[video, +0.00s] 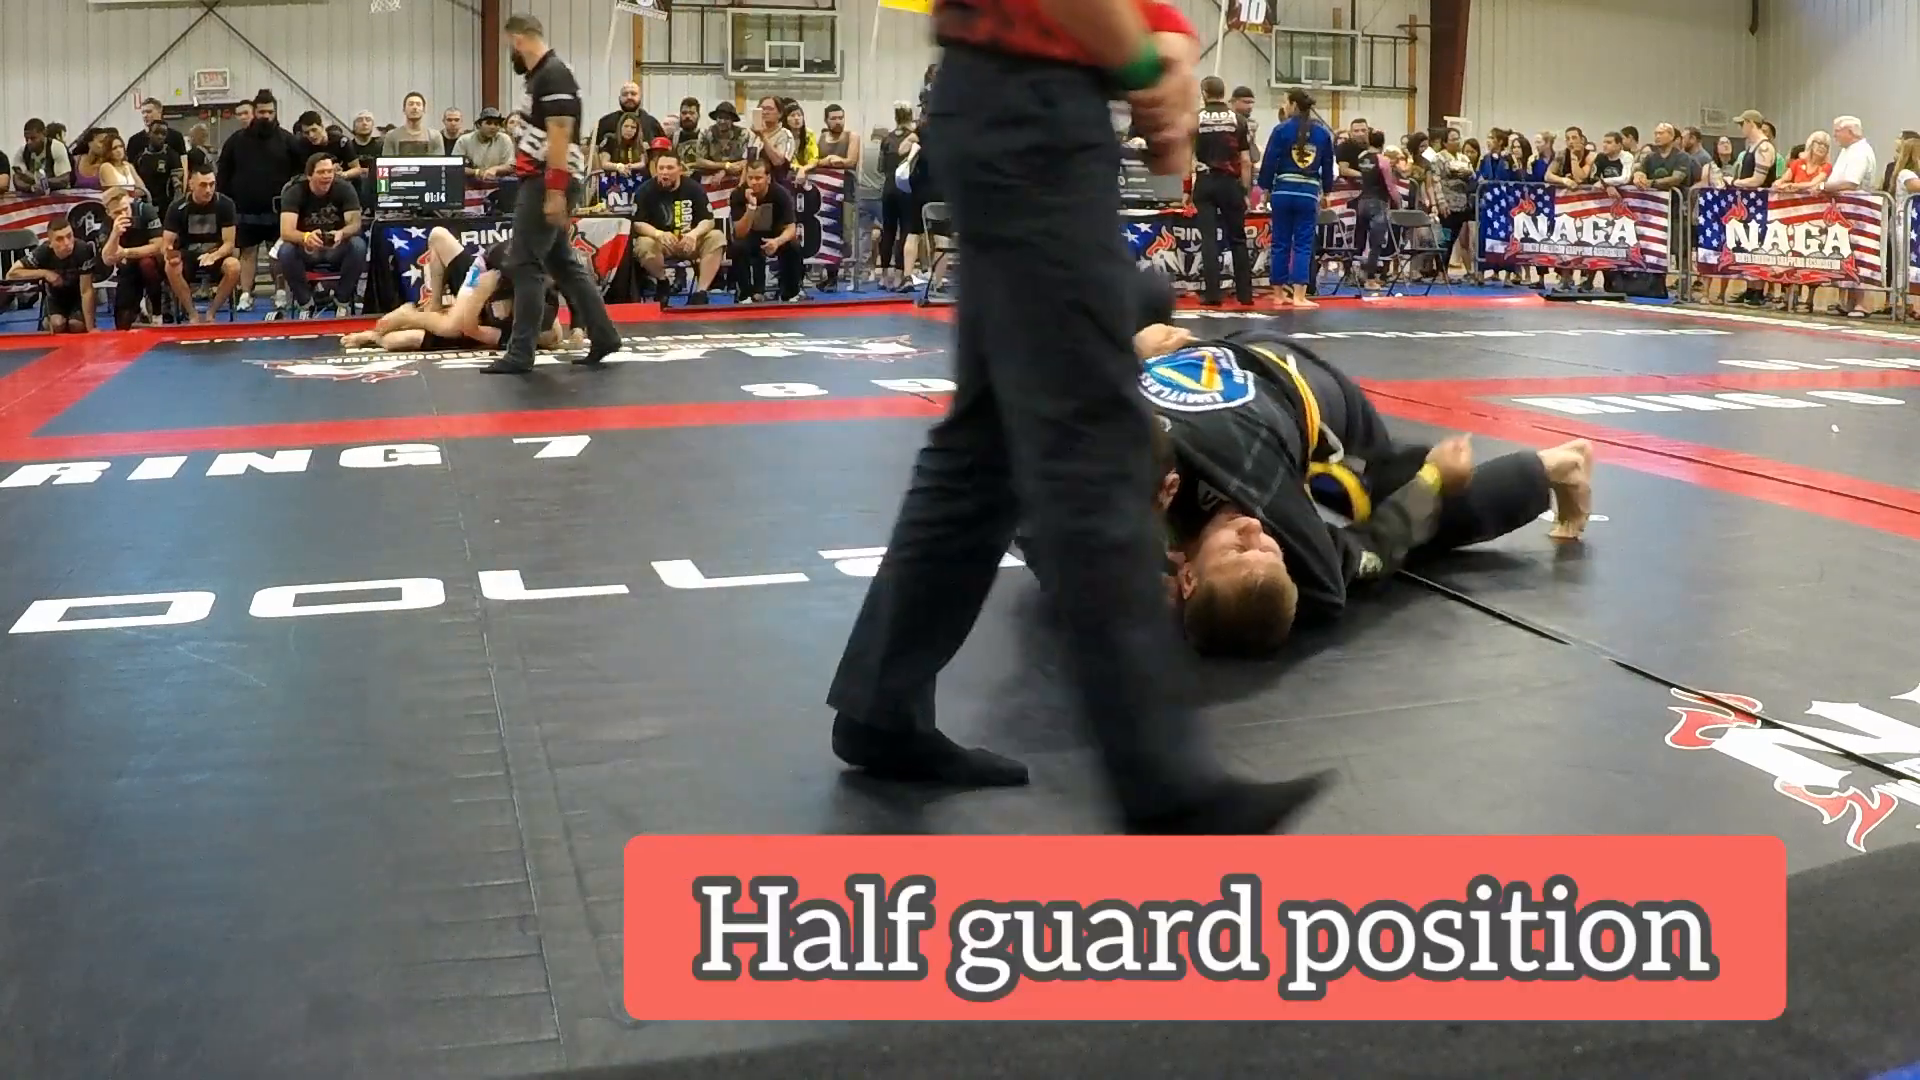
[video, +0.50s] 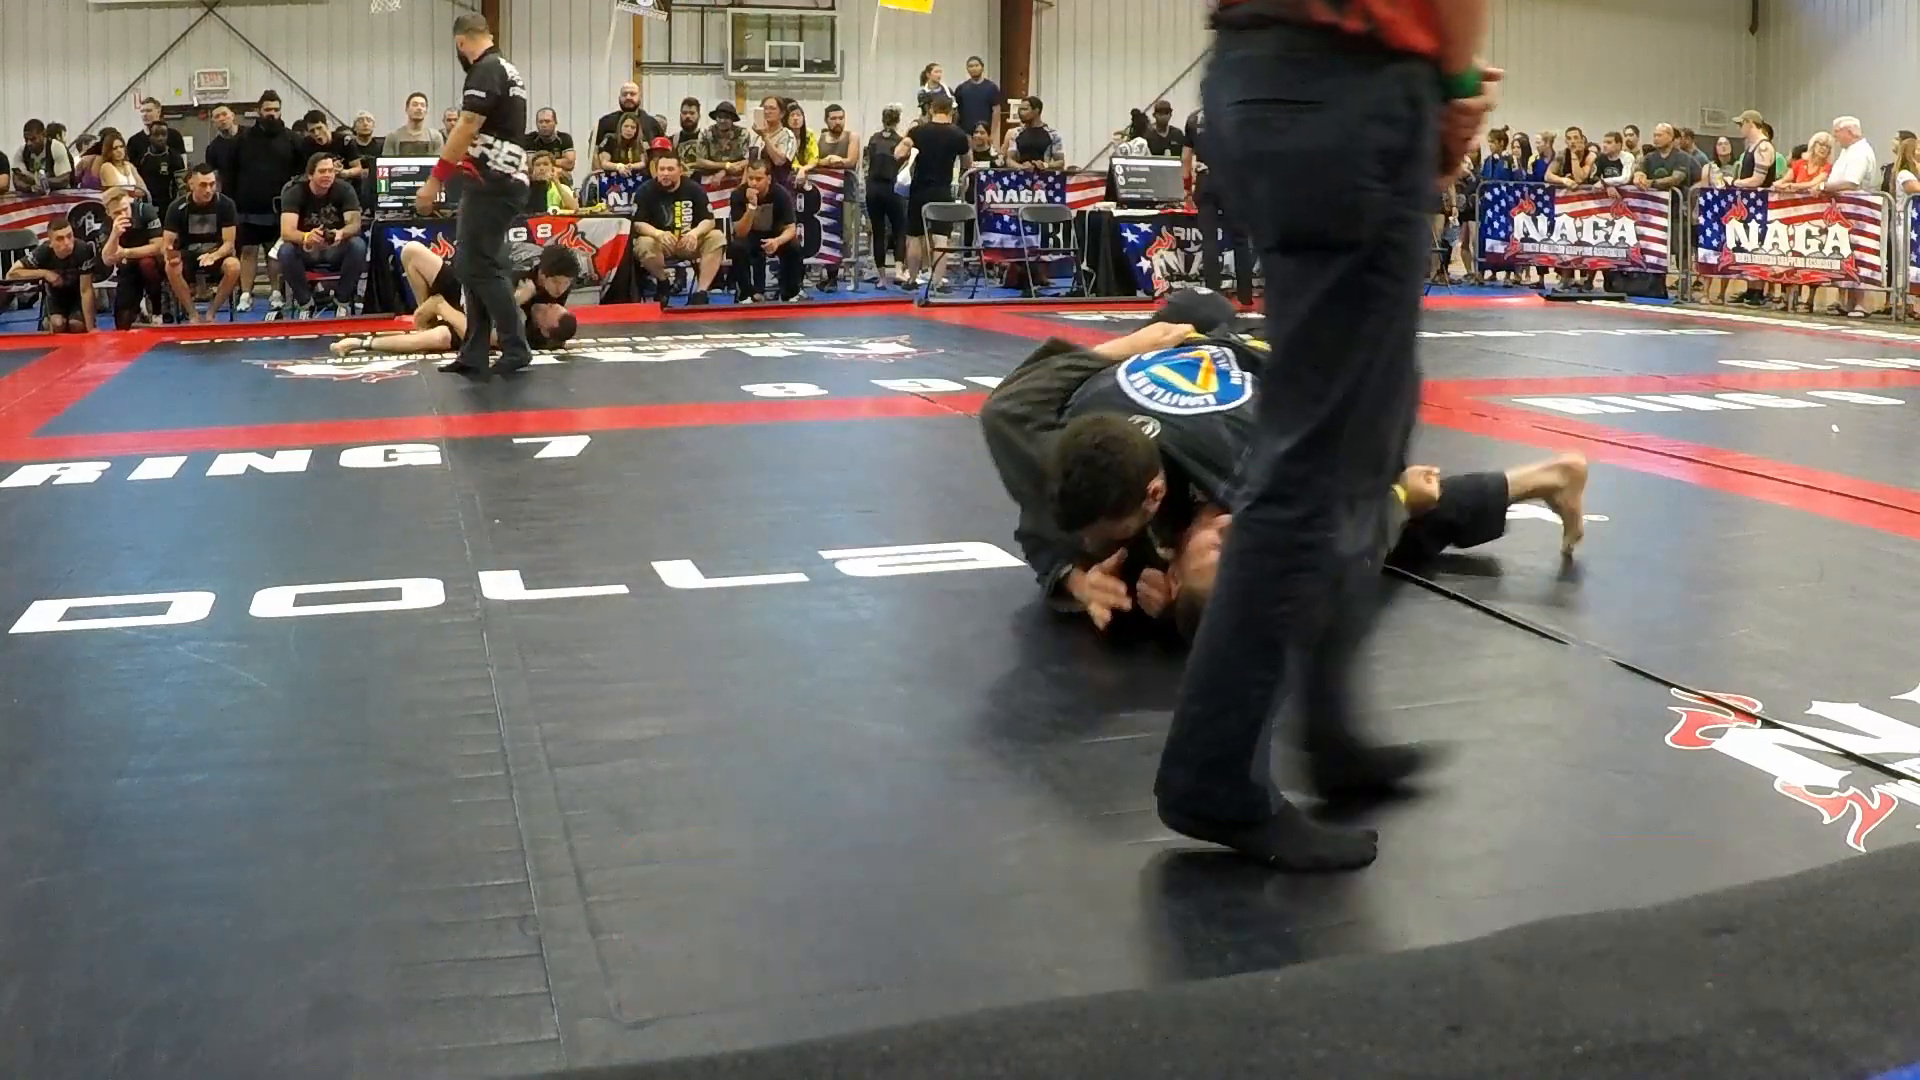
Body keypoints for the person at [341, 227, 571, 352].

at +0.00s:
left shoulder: (548, 291)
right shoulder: (499, 273)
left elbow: (553, 338)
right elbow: (468, 326)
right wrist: (507, 340)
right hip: (479, 278)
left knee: (403, 339)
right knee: (449, 327)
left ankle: (373, 339)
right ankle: (407, 315)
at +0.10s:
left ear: (539, 279)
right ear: (503, 275)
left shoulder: (540, 296)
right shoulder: (485, 269)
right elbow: (472, 330)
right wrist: (495, 299)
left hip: (490, 332)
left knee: (411, 339)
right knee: (432, 240)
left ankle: (370, 341)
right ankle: (428, 303)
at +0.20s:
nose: (549, 293)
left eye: (555, 287)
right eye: (546, 285)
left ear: (562, 288)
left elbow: (476, 341)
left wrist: (446, 308)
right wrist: (498, 304)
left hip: (476, 328)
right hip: (474, 293)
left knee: (419, 339)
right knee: (417, 253)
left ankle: (375, 342)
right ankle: (426, 314)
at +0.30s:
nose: (559, 290)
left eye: (562, 285)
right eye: (554, 284)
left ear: (563, 280)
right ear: (538, 277)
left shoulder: (551, 301)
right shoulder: (512, 284)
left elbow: (564, 335)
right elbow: (474, 333)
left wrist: (564, 339)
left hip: (477, 319)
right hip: (469, 286)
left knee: (433, 335)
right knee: (416, 252)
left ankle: (372, 343)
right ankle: (427, 310)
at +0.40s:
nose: (557, 290)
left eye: (562, 284)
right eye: (553, 283)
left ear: (565, 279)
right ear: (537, 275)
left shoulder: (550, 303)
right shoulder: (511, 279)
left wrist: (554, 338)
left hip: (478, 324)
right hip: (467, 291)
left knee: (436, 339)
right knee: (410, 256)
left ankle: (370, 339)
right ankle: (426, 315)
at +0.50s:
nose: (564, 290)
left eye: (568, 284)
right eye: (561, 283)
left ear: (568, 277)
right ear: (544, 274)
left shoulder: (542, 314)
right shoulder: (524, 283)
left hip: (475, 324)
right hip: (466, 291)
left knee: (439, 338)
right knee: (410, 253)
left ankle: (364, 344)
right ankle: (424, 314)